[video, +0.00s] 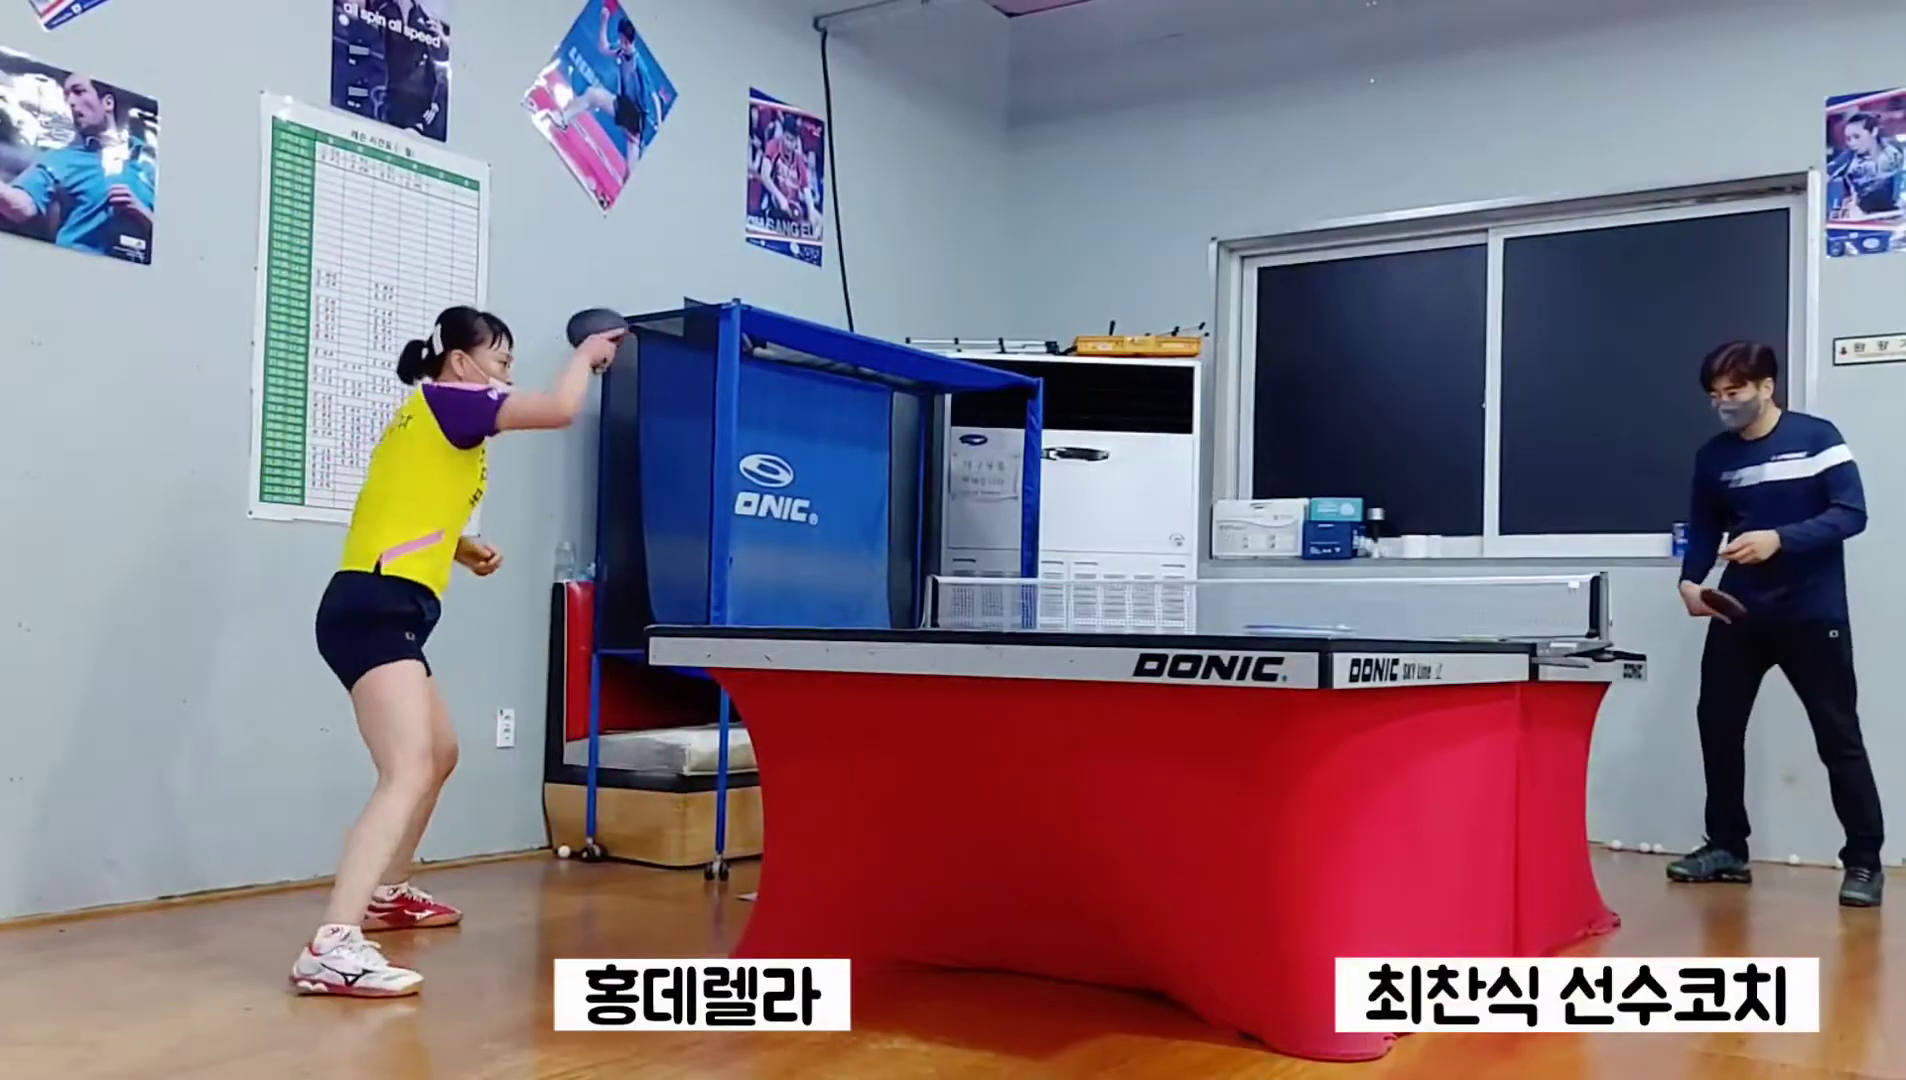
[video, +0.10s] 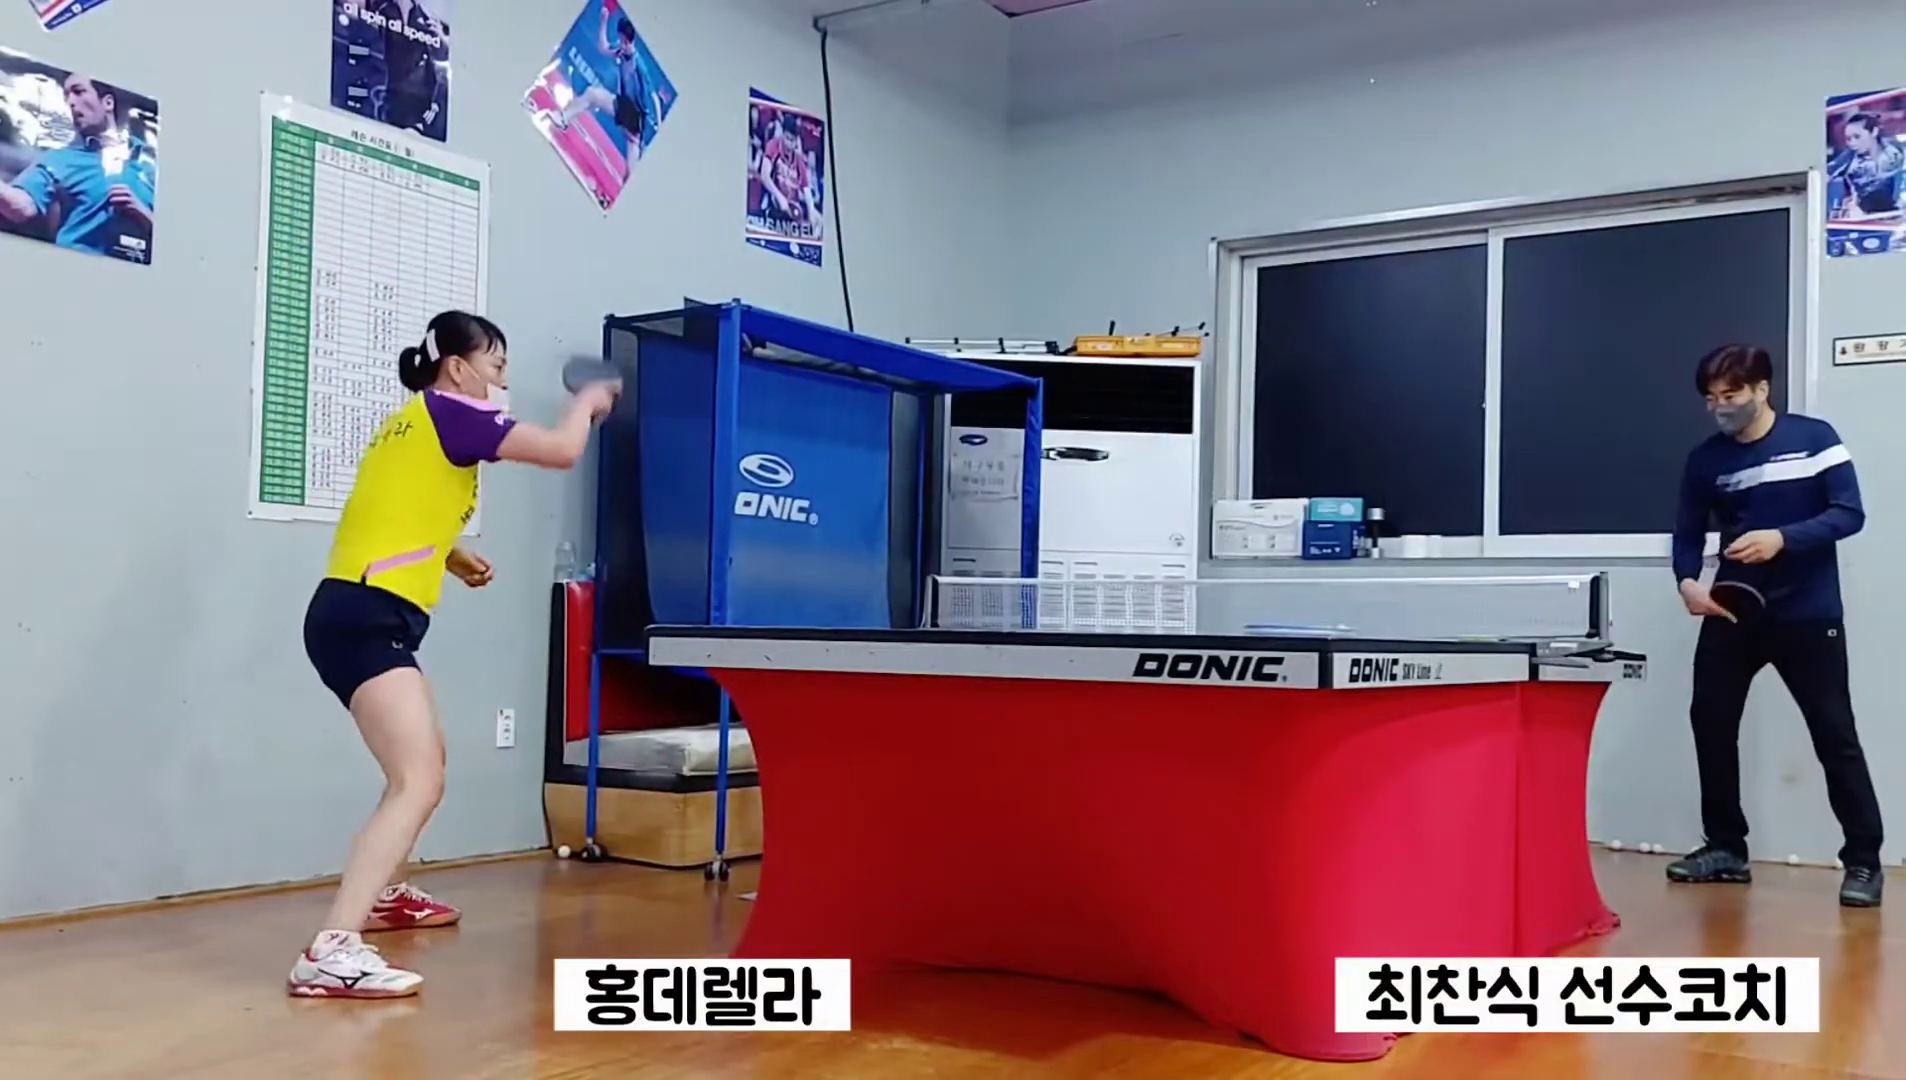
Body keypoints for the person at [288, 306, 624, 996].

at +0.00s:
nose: (507, 371)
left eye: (508, 362)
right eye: (498, 358)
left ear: (456, 361)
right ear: (459, 355)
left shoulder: (438, 417)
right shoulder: (445, 401)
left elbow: (404, 506)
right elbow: (562, 408)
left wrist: (459, 546)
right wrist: (583, 355)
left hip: (385, 611)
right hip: (371, 609)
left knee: (438, 754)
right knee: (407, 770)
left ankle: (384, 889)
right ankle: (332, 942)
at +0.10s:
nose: (504, 377)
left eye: (504, 365)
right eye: (495, 363)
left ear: (447, 367)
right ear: (455, 365)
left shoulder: (410, 421)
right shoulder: (449, 415)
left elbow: (391, 507)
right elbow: (562, 451)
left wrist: (449, 554)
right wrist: (586, 402)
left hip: (361, 614)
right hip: (363, 616)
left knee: (425, 764)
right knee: (417, 780)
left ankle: (379, 889)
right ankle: (331, 946)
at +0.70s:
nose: (459, 386)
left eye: (464, 373)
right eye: (448, 372)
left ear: (462, 380)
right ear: (402, 376)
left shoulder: (462, 453)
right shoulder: (342, 444)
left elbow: (468, 543)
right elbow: (257, 522)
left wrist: (447, 542)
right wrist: (180, 529)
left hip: (394, 634)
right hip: (323, 619)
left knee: (409, 793)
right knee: (383, 756)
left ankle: (321, 890)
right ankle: (340, 949)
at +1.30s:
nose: (446, 365)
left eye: (446, 352)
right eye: (437, 352)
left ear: (405, 359)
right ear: (395, 357)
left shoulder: (417, 439)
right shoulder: (343, 421)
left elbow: (379, 533)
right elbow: (310, 534)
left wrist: (420, 541)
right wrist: (400, 572)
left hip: (360, 622)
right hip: (296, 614)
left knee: (378, 782)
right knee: (357, 767)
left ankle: (297, 888)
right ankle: (310, 951)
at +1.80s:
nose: (437, 362)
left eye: (443, 351)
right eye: (429, 347)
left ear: (409, 354)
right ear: (383, 340)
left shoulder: (387, 415)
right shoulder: (336, 384)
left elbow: (339, 519)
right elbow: (324, 456)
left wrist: (389, 520)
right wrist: (419, 428)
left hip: (323, 599)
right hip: (280, 589)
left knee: (358, 751)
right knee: (325, 753)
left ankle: (296, 883)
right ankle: (292, 942)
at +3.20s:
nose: (393, 350)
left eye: (392, 338)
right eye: (384, 337)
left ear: (341, 342)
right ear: (344, 338)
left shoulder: (311, 398)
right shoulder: (315, 386)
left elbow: (280, 496)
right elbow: (385, 468)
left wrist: (347, 522)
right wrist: (454, 463)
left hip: (271, 600)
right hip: (252, 599)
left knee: (305, 764)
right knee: (308, 765)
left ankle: (255, 904)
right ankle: (253, 951)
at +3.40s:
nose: (396, 375)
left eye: (394, 361)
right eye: (385, 362)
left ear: (349, 374)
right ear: (339, 374)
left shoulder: (387, 456)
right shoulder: (268, 442)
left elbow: (379, 537)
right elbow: (197, 540)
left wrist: (381, 557)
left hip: (319, 638)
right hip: (242, 624)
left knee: (343, 796)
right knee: (309, 760)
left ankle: (251, 899)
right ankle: (256, 954)